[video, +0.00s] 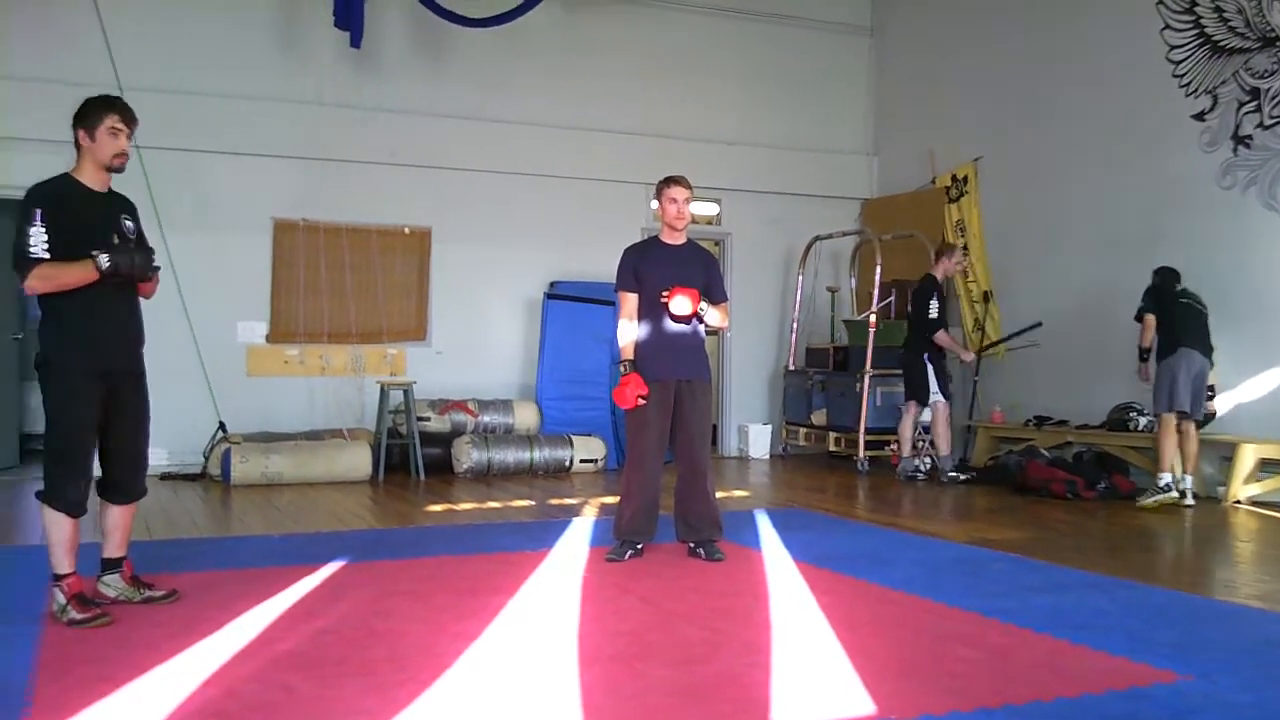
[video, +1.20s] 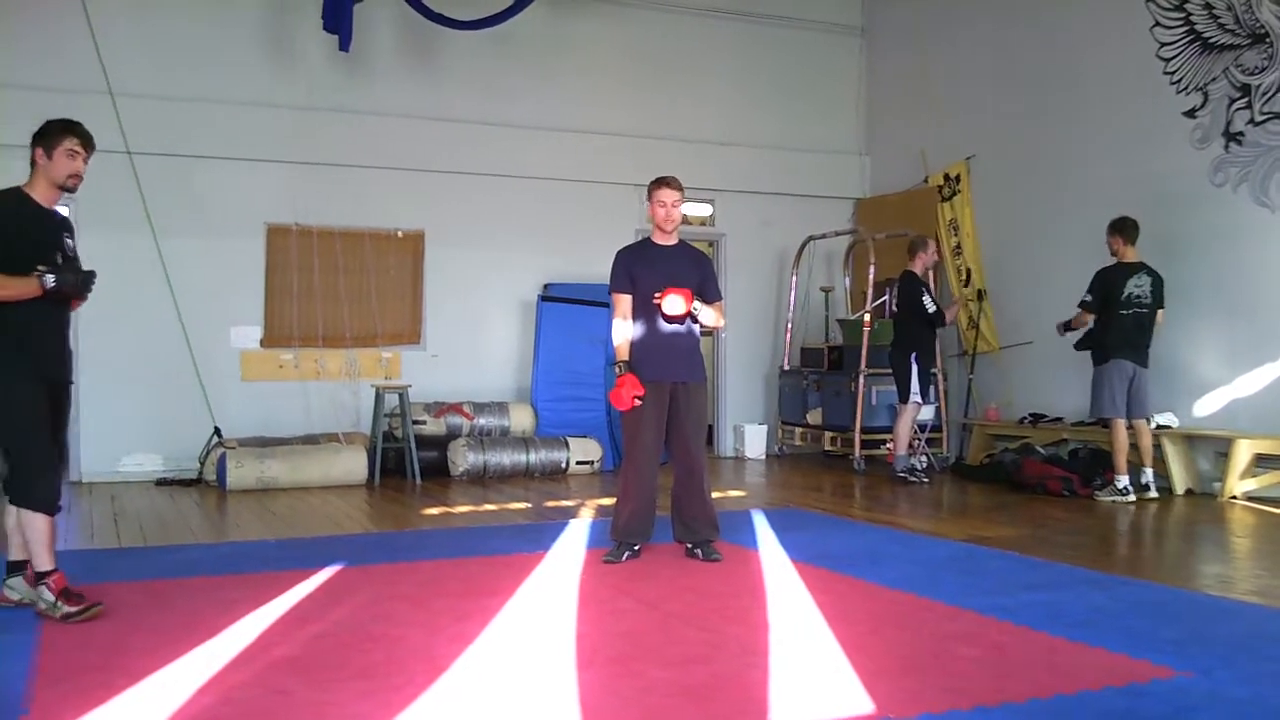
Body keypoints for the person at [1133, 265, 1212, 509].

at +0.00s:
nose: (1152, 282)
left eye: (1154, 279)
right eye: (1155, 279)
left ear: (1156, 280)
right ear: (1178, 282)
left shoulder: (1155, 290)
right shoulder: (1195, 299)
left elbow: (1149, 322)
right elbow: (1205, 342)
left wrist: (1144, 358)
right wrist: (1208, 381)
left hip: (1176, 351)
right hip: (1202, 357)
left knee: (1167, 418)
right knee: (1188, 424)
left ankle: (1164, 484)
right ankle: (1187, 487)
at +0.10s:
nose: (1152, 276)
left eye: (1153, 272)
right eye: (1153, 272)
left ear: (1157, 271)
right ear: (1176, 273)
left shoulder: (1155, 286)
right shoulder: (1196, 293)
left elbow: (1147, 321)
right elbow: (1203, 334)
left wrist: (1141, 353)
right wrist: (1204, 369)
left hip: (1174, 353)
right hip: (1200, 357)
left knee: (1162, 419)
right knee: (1188, 424)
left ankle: (1154, 484)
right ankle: (1187, 487)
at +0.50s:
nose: (1151, 250)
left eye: (1153, 245)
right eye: (1152, 245)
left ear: (1163, 247)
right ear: (1178, 248)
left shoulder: (1154, 276)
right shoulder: (1199, 281)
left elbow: (1145, 319)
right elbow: (1200, 326)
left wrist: (1130, 346)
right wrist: (1184, 348)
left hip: (1160, 357)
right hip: (1189, 359)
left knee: (1147, 421)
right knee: (1188, 425)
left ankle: (1133, 486)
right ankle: (1191, 488)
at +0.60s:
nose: (1127, 249)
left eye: (1129, 244)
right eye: (1128, 244)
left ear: (1140, 245)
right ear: (1153, 247)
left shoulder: (1130, 276)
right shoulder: (1174, 282)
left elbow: (1118, 320)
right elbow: (1175, 327)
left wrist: (1101, 337)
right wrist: (1159, 348)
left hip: (1133, 357)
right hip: (1162, 360)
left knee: (1123, 422)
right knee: (1163, 424)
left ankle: (1113, 486)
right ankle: (1170, 486)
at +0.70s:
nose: (1109, 248)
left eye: (1111, 243)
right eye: (1110, 243)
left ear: (1121, 244)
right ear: (1135, 245)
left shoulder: (1110, 276)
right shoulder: (1155, 281)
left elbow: (1094, 320)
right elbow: (1155, 326)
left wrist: (1073, 328)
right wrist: (1139, 348)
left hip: (1113, 357)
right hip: (1140, 360)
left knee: (1106, 422)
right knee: (1144, 423)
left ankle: (1099, 486)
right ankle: (1156, 486)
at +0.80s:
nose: (1086, 247)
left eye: (1088, 242)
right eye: (1086, 242)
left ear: (1098, 243)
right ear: (1111, 243)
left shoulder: (1086, 274)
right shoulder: (1132, 279)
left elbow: (1062, 315)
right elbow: (1131, 322)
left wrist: (1043, 315)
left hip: (1090, 355)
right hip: (1117, 359)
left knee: (1087, 420)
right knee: (1122, 418)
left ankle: (1083, 484)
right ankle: (1138, 481)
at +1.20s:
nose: (1107, 245)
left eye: (1109, 240)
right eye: (1108, 240)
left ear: (1118, 241)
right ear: (1133, 240)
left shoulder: (1106, 275)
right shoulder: (1154, 277)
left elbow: (1084, 318)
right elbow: (1157, 318)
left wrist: (1067, 326)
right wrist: (1132, 324)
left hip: (1112, 355)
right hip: (1140, 356)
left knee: (1117, 420)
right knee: (1140, 419)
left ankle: (1122, 485)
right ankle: (1148, 482)